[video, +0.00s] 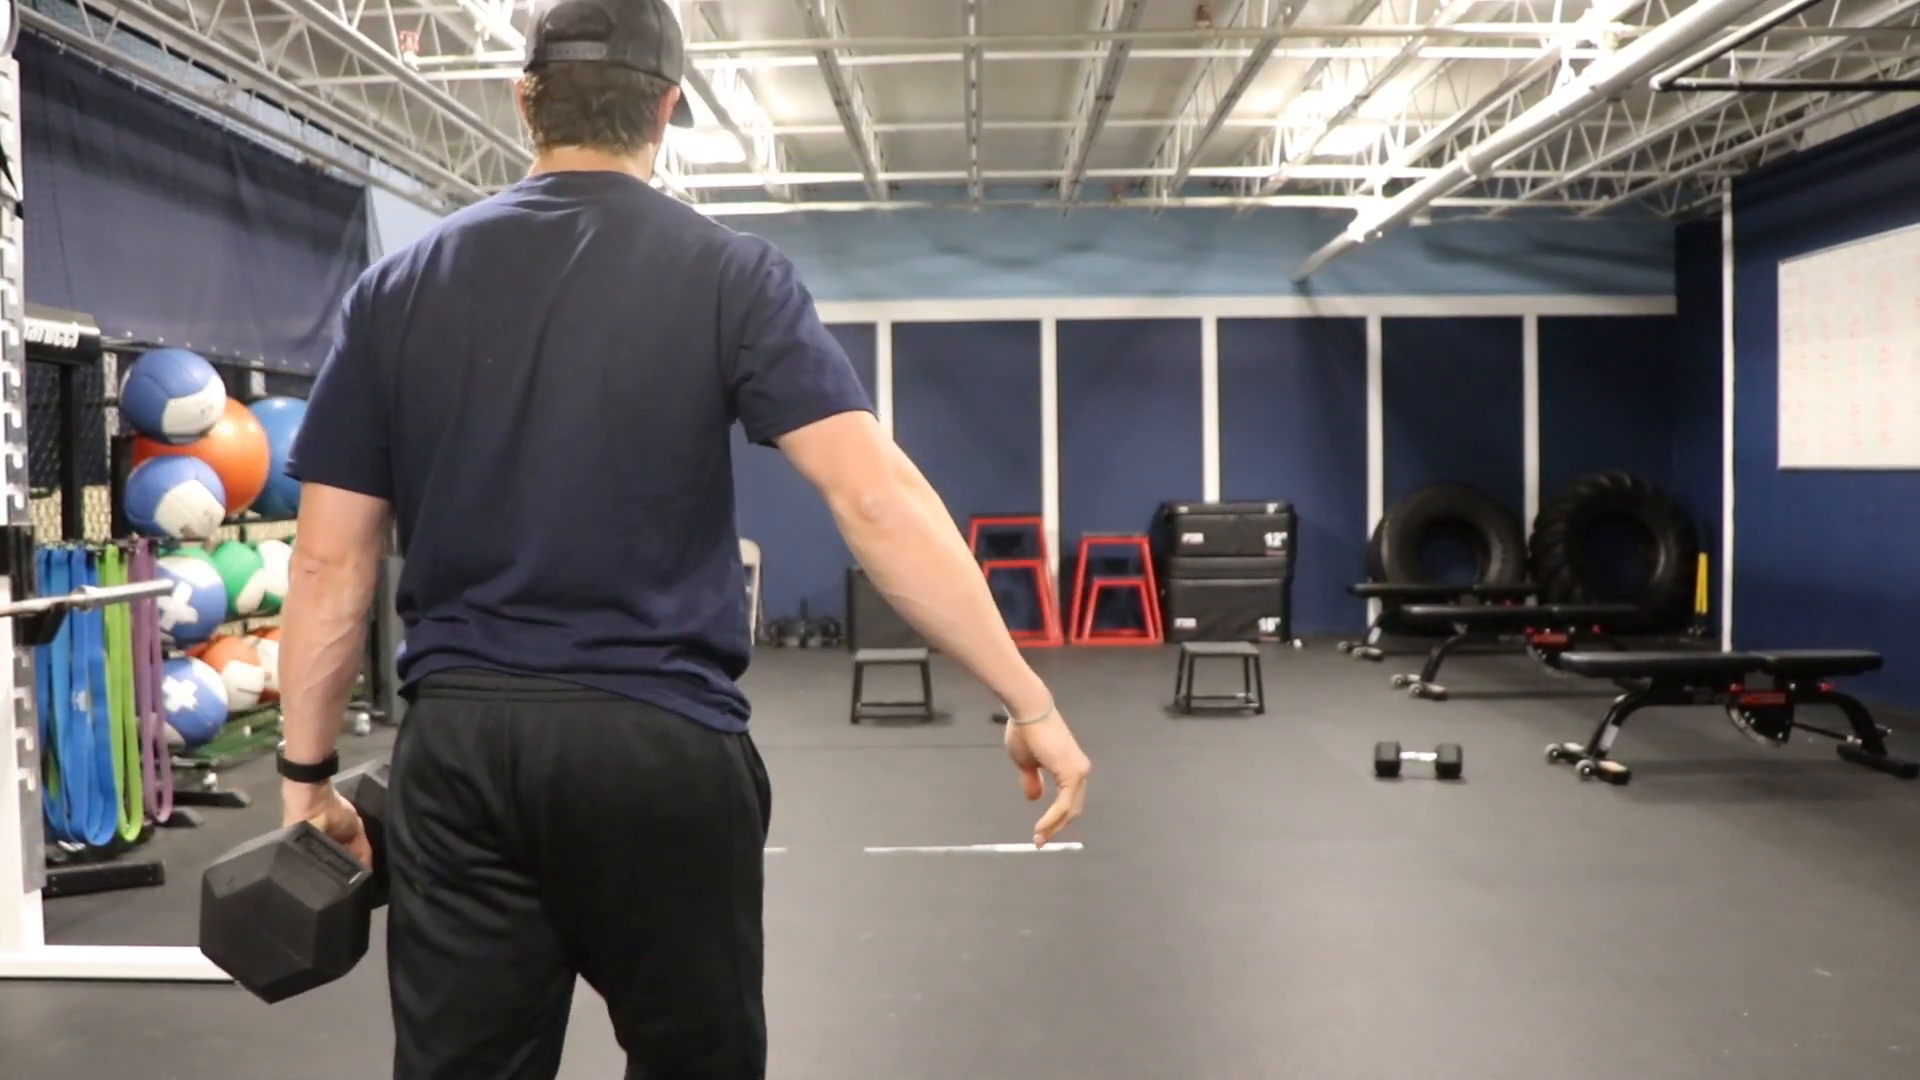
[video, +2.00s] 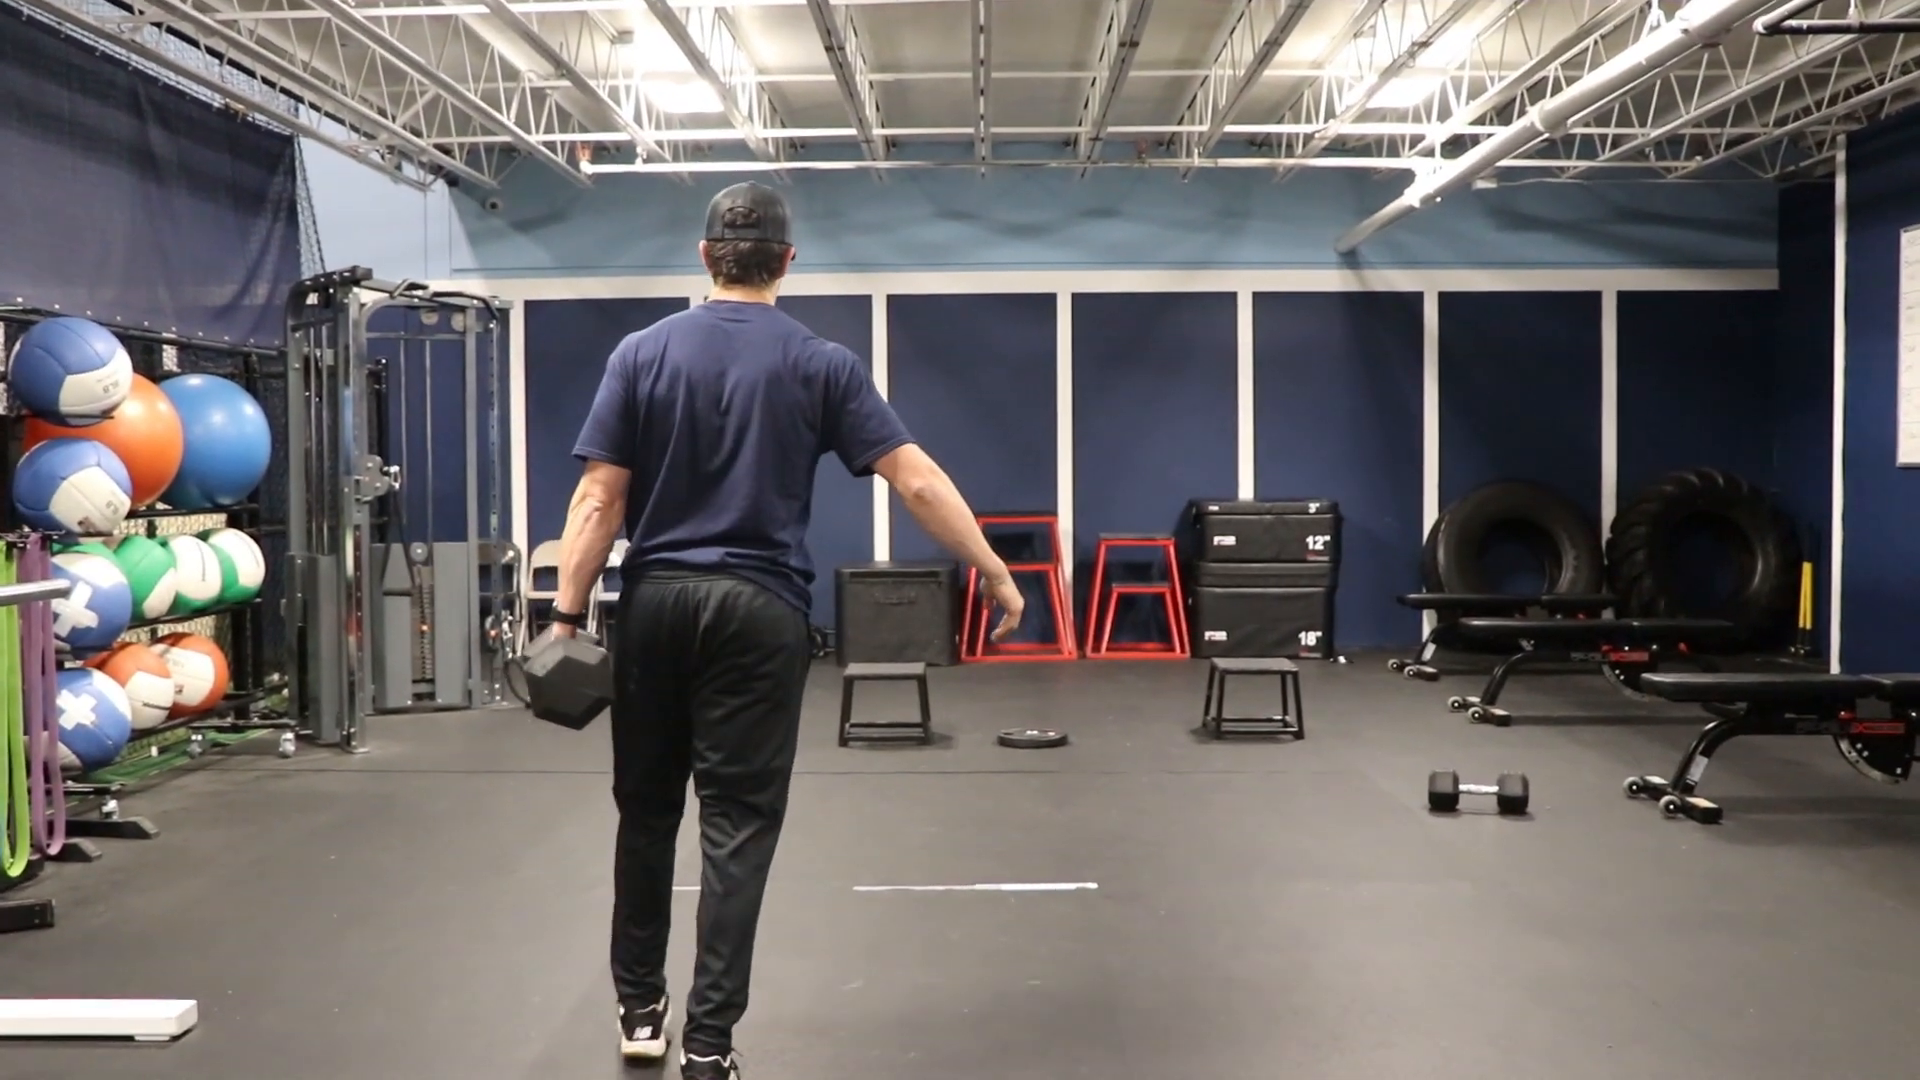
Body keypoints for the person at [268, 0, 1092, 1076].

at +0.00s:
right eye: (672, 99)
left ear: (527, 103)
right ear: (668, 111)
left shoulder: (400, 286)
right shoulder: (730, 271)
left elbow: (330, 553)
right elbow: (872, 490)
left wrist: (304, 769)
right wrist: (1028, 699)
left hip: (457, 740)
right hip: (663, 747)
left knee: (458, 1064)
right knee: (700, 1062)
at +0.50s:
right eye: (779, 171)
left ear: (660, 178)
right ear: (779, 187)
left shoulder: (557, 315)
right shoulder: (821, 329)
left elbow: (496, 520)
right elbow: (943, 507)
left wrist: (446, 700)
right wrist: (1051, 664)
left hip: (579, 689)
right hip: (740, 694)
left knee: (555, 980)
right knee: (720, 996)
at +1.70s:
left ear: (702, 258)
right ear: (788, 262)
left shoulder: (636, 356)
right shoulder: (821, 364)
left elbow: (587, 508)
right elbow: (917, 487)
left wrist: (549, 631)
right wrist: (1007, 589)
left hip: (652, 623)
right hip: (768, 630)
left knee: (631, 843)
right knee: (744, 841)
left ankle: (612, 1037)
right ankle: (714, 1046)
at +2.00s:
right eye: (784, 253)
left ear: (705, 259)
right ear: (786, 263)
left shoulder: (641, 354)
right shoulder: (820, 362)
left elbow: (599, 497)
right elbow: (912, 475)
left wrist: (568, 611)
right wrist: (994, 569)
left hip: (652, 606)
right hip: (759, 612)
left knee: (646, 810)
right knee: (738, 823)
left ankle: (639, 1009)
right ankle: (707, 1044)